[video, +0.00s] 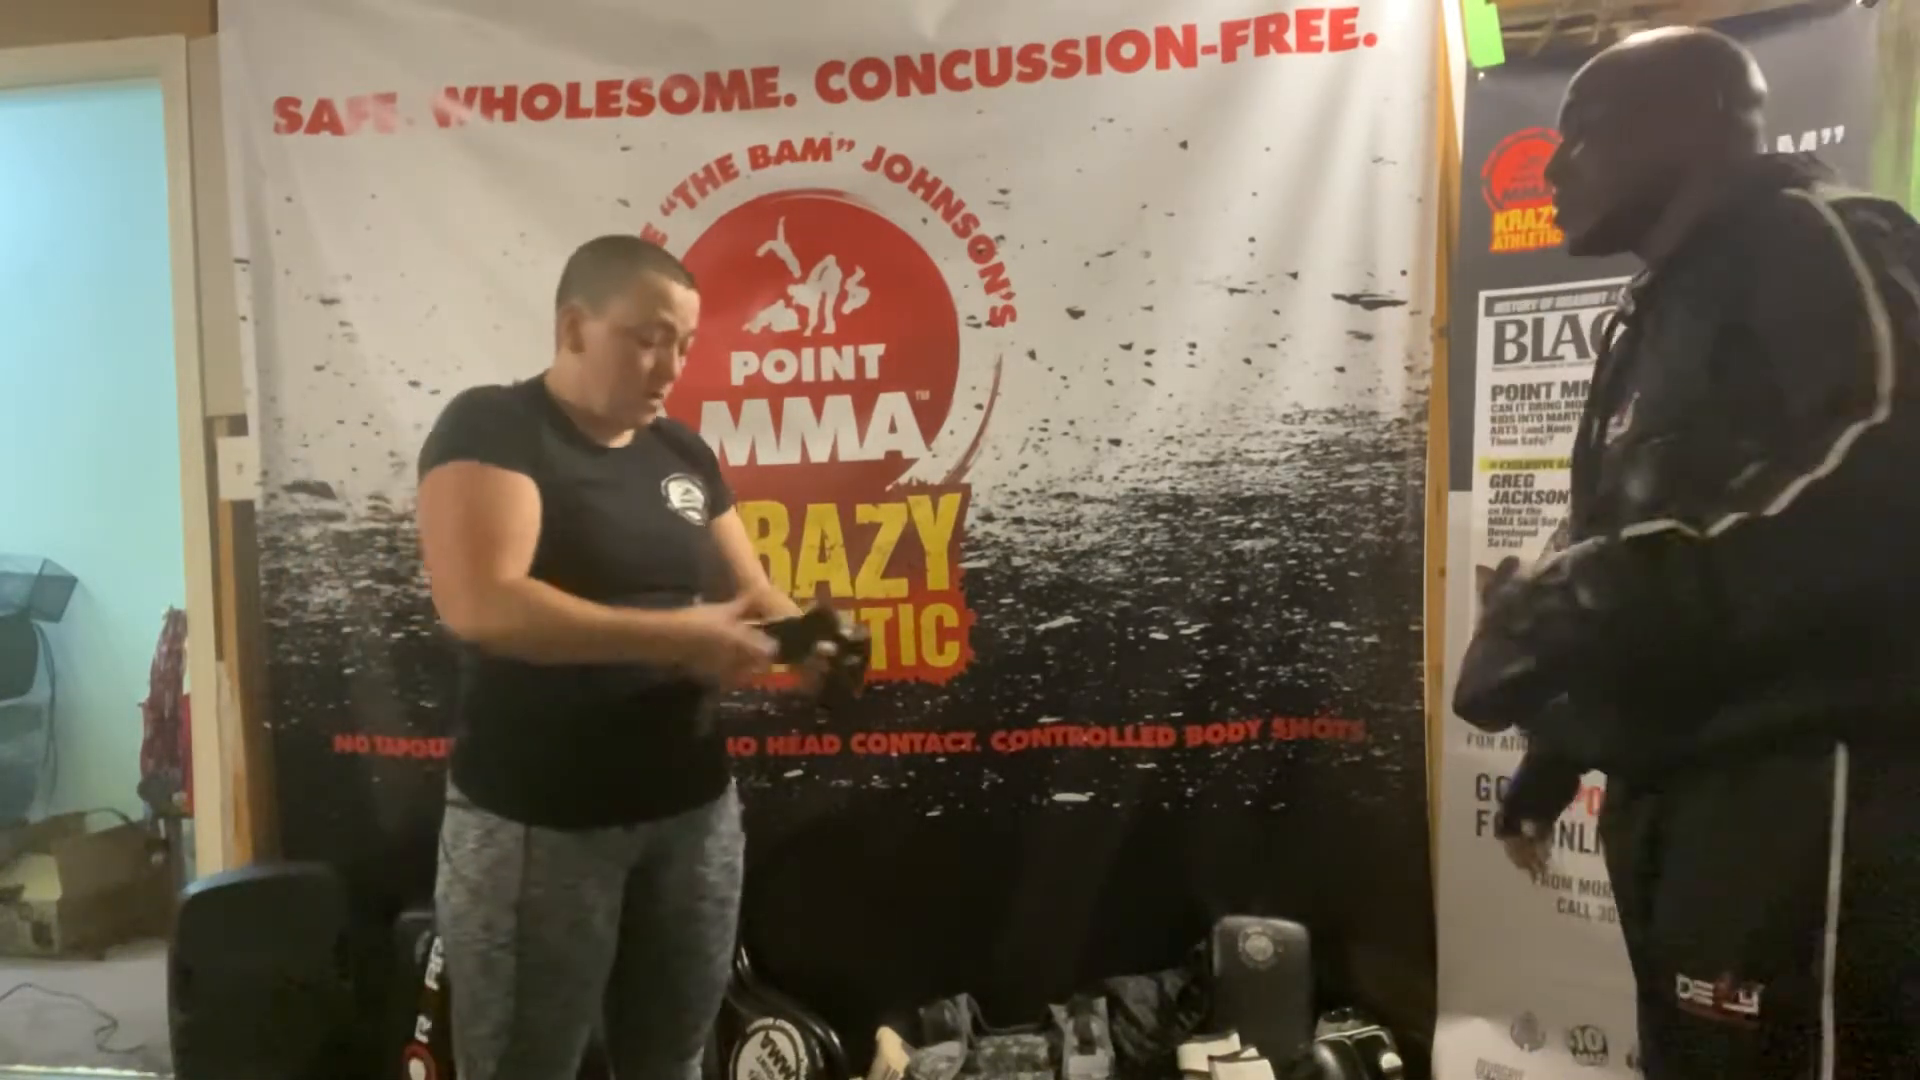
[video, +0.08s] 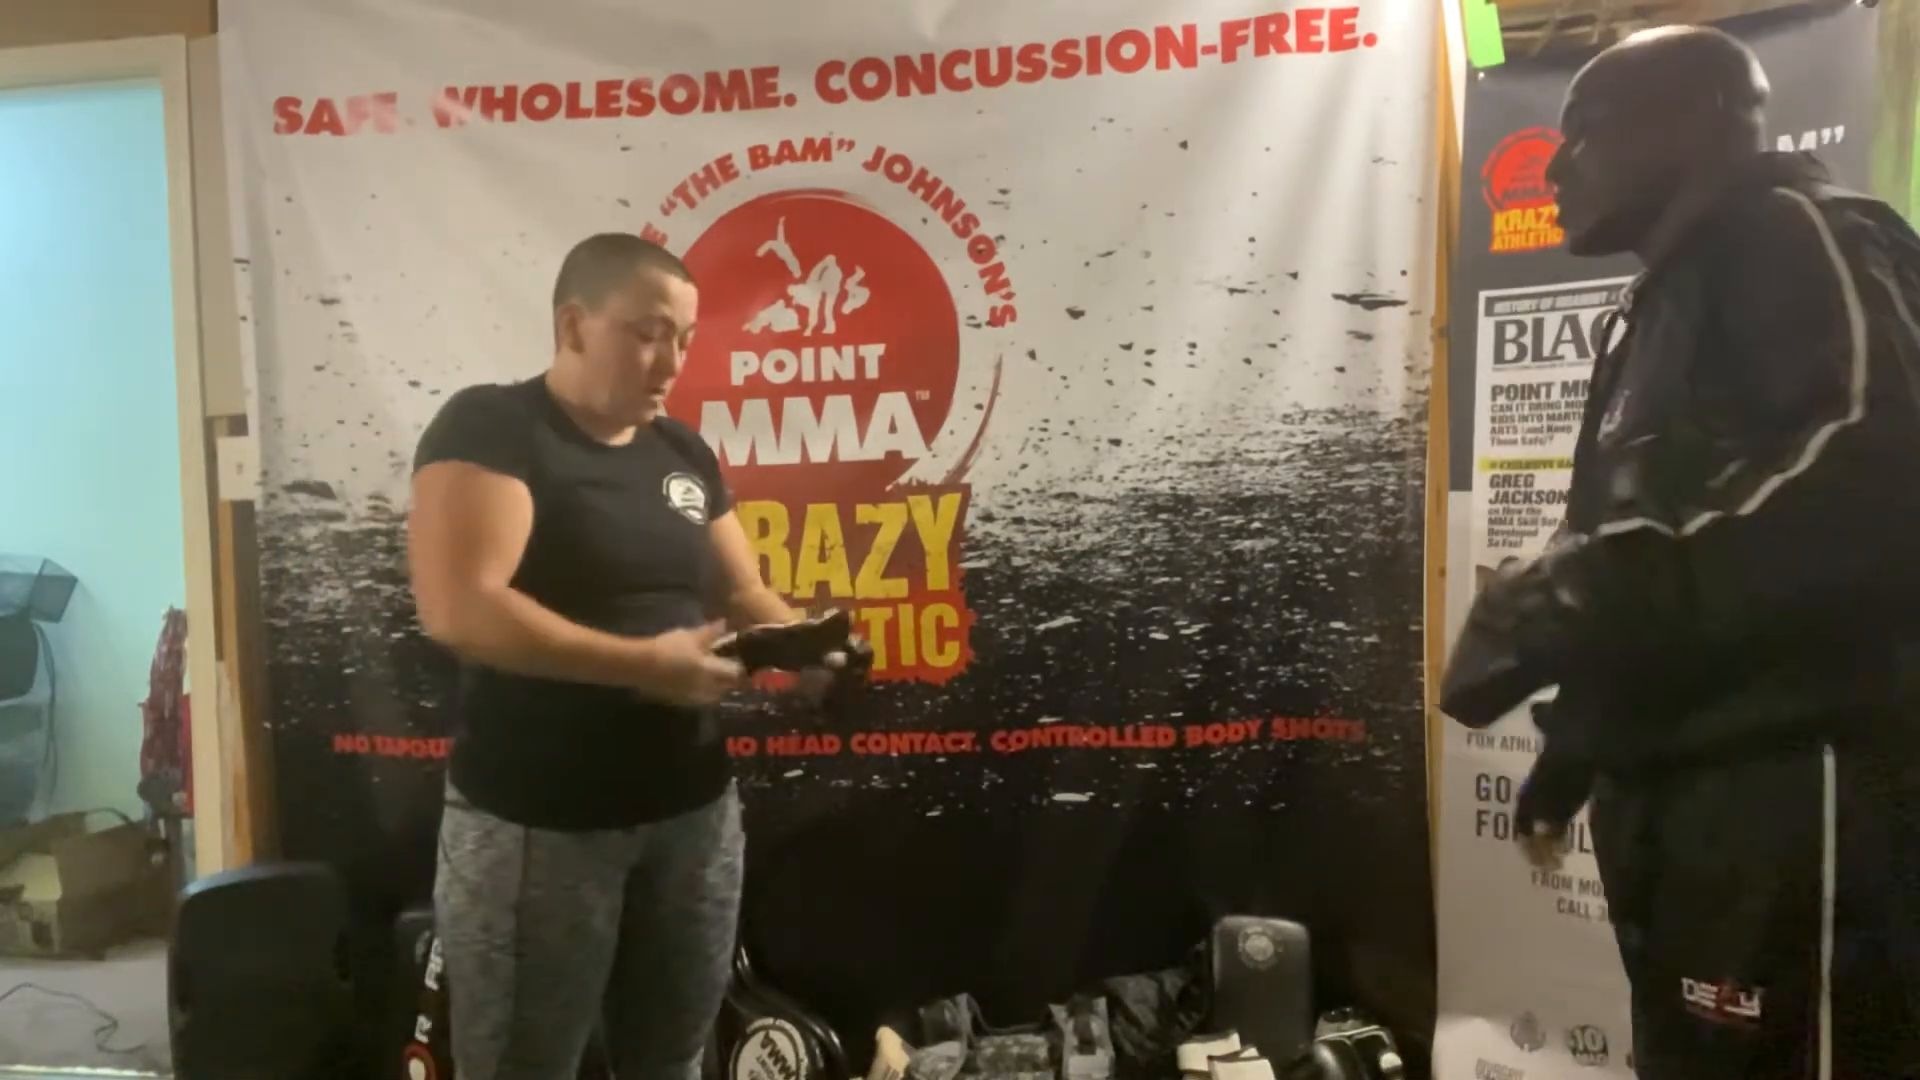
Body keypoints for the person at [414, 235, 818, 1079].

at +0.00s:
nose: (668, 367)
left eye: (680, 346)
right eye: (648, 339)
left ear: (687, 345)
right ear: (574, 325)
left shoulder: (682, 453)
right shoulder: (487, 427)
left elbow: (748, 591)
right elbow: (477, 602)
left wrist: (807, 638)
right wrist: (679, 638)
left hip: (690, 822)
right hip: (532, 831)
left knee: (667, 1065)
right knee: (520, 1066)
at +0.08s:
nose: (671, 361)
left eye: (681, 340)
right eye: (649, 333)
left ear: (688, 341)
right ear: (573, 322)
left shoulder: (683, 453)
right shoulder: (486, 427)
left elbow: (743, 593)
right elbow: (456, 605)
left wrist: (803, 638)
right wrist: (642, 663)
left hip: (691, 824)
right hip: (531, 833)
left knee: (665, 1065)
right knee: (521, 1066)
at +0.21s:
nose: (663, 364)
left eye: (675, 341)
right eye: (642, 336)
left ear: (681, 340)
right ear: (566, 325)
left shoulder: (678, 453)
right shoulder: (478, 427)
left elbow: (734, 602)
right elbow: (444, 612)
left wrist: (784, 644)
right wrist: (631, 668)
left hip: (687, 825)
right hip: (528, 834)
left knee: (664, 1064)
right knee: (514, 1066)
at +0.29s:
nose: (659, 360)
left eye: (669, 338)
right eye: (636, 332)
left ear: (675, 340)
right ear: (560, 325)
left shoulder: (671, 447)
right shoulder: (472, 427)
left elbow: (719, 609)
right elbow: (444, 613)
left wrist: (770, 645)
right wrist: (634, 659)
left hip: (684, 825)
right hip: (523, 836)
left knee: (660, 1065)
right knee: (509, 1066)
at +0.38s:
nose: (650, 358)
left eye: (660, 336)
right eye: (627, 329)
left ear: (665, 338)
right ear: (549, 322)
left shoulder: (664, 445)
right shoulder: (462, 424)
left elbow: (711, 594)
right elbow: (443, 609)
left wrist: (758, 624)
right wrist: (630, 643)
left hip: (679, 826)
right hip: (516, 839)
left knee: (660, 1066)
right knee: (505, 1067)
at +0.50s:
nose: (642, 362)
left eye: (652, 339)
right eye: (620, 333)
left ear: (657, 336)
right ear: (542, 323)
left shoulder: (654, 443)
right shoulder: (454, 423)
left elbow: (697, 589)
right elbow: (441, 608)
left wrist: (749, 620)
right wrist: (631, 635)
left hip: (673, 827)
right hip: (511, 840)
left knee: (656, 1065)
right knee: (500, 1067)